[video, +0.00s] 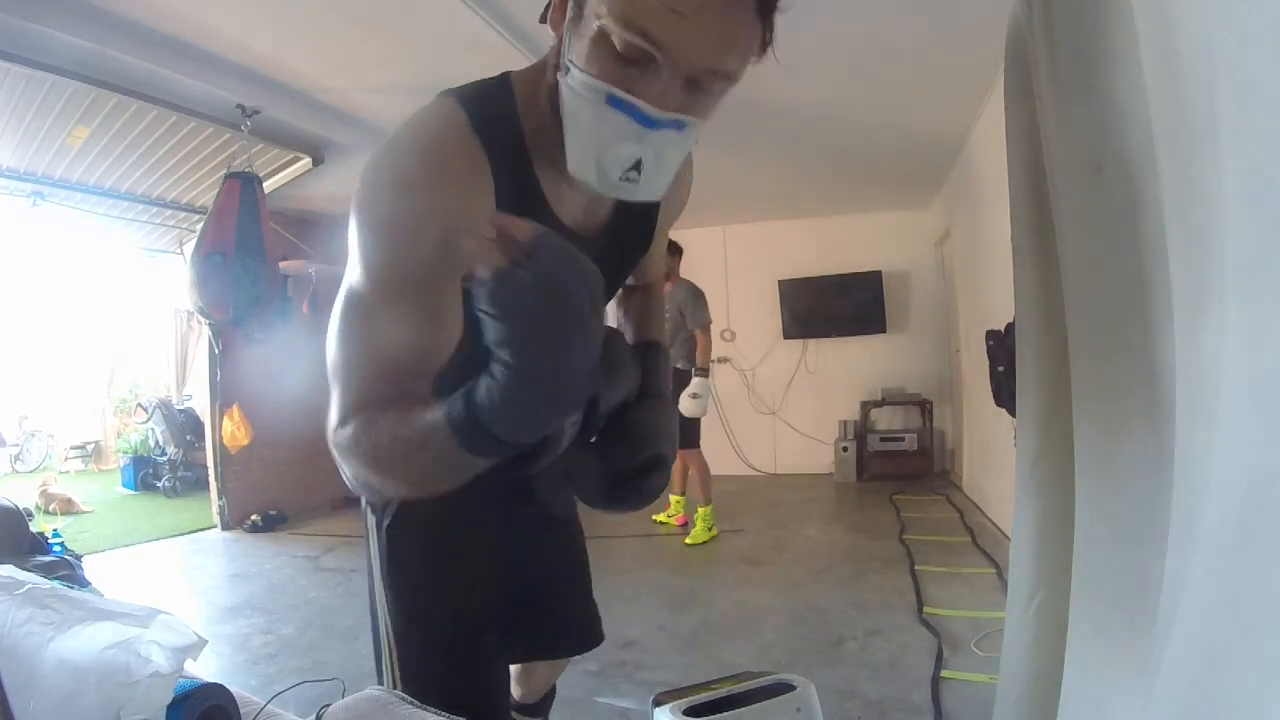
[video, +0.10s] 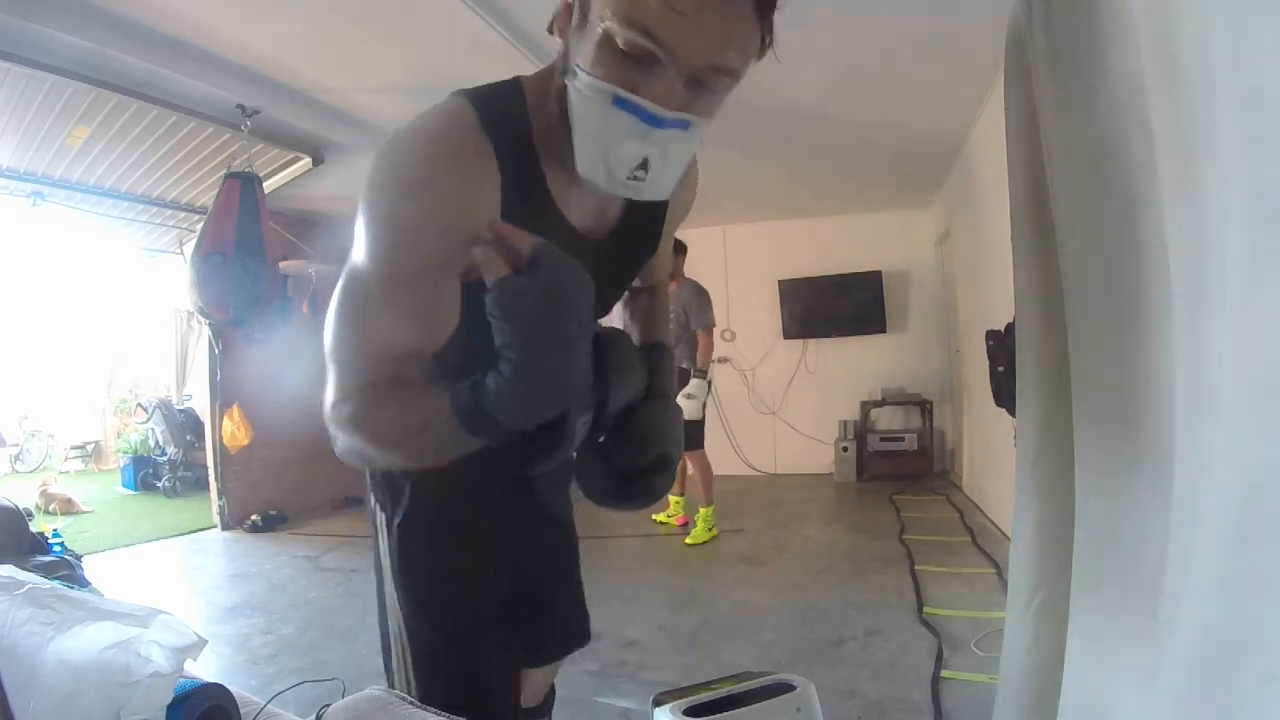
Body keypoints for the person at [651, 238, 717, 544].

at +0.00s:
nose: (661, 264)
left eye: (666, 258)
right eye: (660, 258)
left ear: (676, 260)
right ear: (659, 261)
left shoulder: (688, 292)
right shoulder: (655, 293)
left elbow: (703, 335)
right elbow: (656, 337)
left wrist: (701, 376)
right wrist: (650, 374)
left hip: (684, 373)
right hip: (664, 372)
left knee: (690, 448)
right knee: (674, 447)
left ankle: (705, 517)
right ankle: (677, 508)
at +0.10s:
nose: (665, 264)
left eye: (670, 257)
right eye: (663, 258)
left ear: (681, 258)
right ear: (662, 260)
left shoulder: (692, 292)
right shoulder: (657, 292)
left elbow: (705, 336)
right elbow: (657, 338)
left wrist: (700, 378)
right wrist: (652, 375)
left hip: (687, 373)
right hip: (664, 373)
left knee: (693, 448)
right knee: (672, 445)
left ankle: (706, 517)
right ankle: (676, 506)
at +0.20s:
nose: (665, 263)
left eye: (670, 256)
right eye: (662, 256)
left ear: (684, 257)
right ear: (659, 259)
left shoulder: (698, 292)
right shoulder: (654, 292)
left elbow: (705, 340)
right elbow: (641, 335)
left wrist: (698, 382)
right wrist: (643, 374)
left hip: (691, 376)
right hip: (661, 375)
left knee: (696, 450)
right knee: (664, 443)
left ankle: (707, 517)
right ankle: (672, 506)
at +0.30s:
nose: (666, 260)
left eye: (672, 254)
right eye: (663, 254)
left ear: (686, 255)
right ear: (659, 257)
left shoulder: (700, 290)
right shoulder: (654, 291)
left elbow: (706, 339)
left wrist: (696, 382)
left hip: (692, 375)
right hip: (661, 376)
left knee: (696, 449)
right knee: (662, 443)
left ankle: (707, 517)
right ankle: (668, 509)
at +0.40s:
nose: (667, 262)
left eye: (673, 256)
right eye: (664, 256)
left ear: (688, 254)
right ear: (661, 256)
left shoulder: (702, 291)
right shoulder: (660, 291)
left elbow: (708, 341)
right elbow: (655, 337)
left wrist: (697, 385)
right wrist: (649, 376)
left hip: (694, 376)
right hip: (663, 377)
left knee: (698, 450)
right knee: (659, 445)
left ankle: (707, 519)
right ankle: (660, 515)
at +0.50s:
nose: (667, 264)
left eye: (674, 258)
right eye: (664, 258)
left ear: (689, 256)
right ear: (660, 258)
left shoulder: (705, 293)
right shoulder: (660, 293)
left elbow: (712, 346)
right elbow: (653, 336)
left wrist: (700, 386)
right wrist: (646, 374)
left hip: (696, 377)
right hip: (663, 377)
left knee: (700, 451)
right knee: (658, 448)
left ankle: (707, 519)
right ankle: (653, 521)